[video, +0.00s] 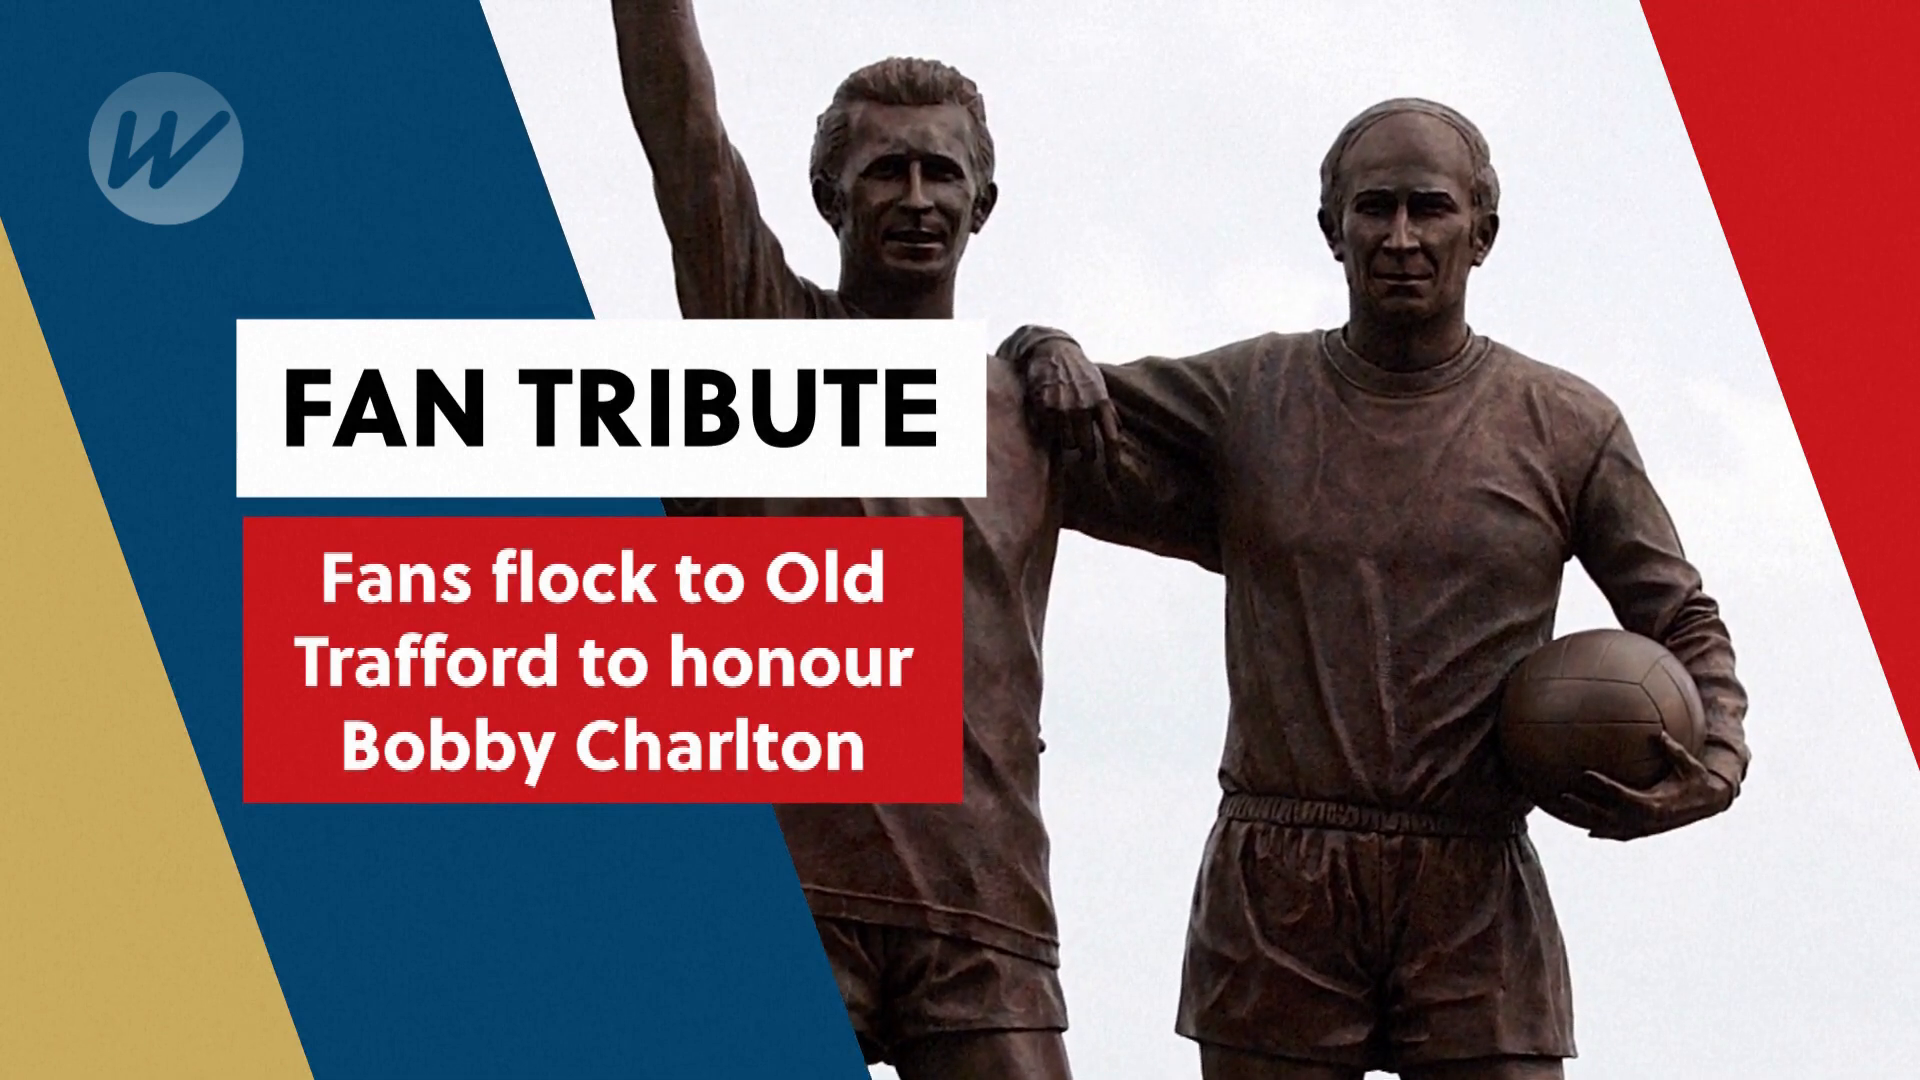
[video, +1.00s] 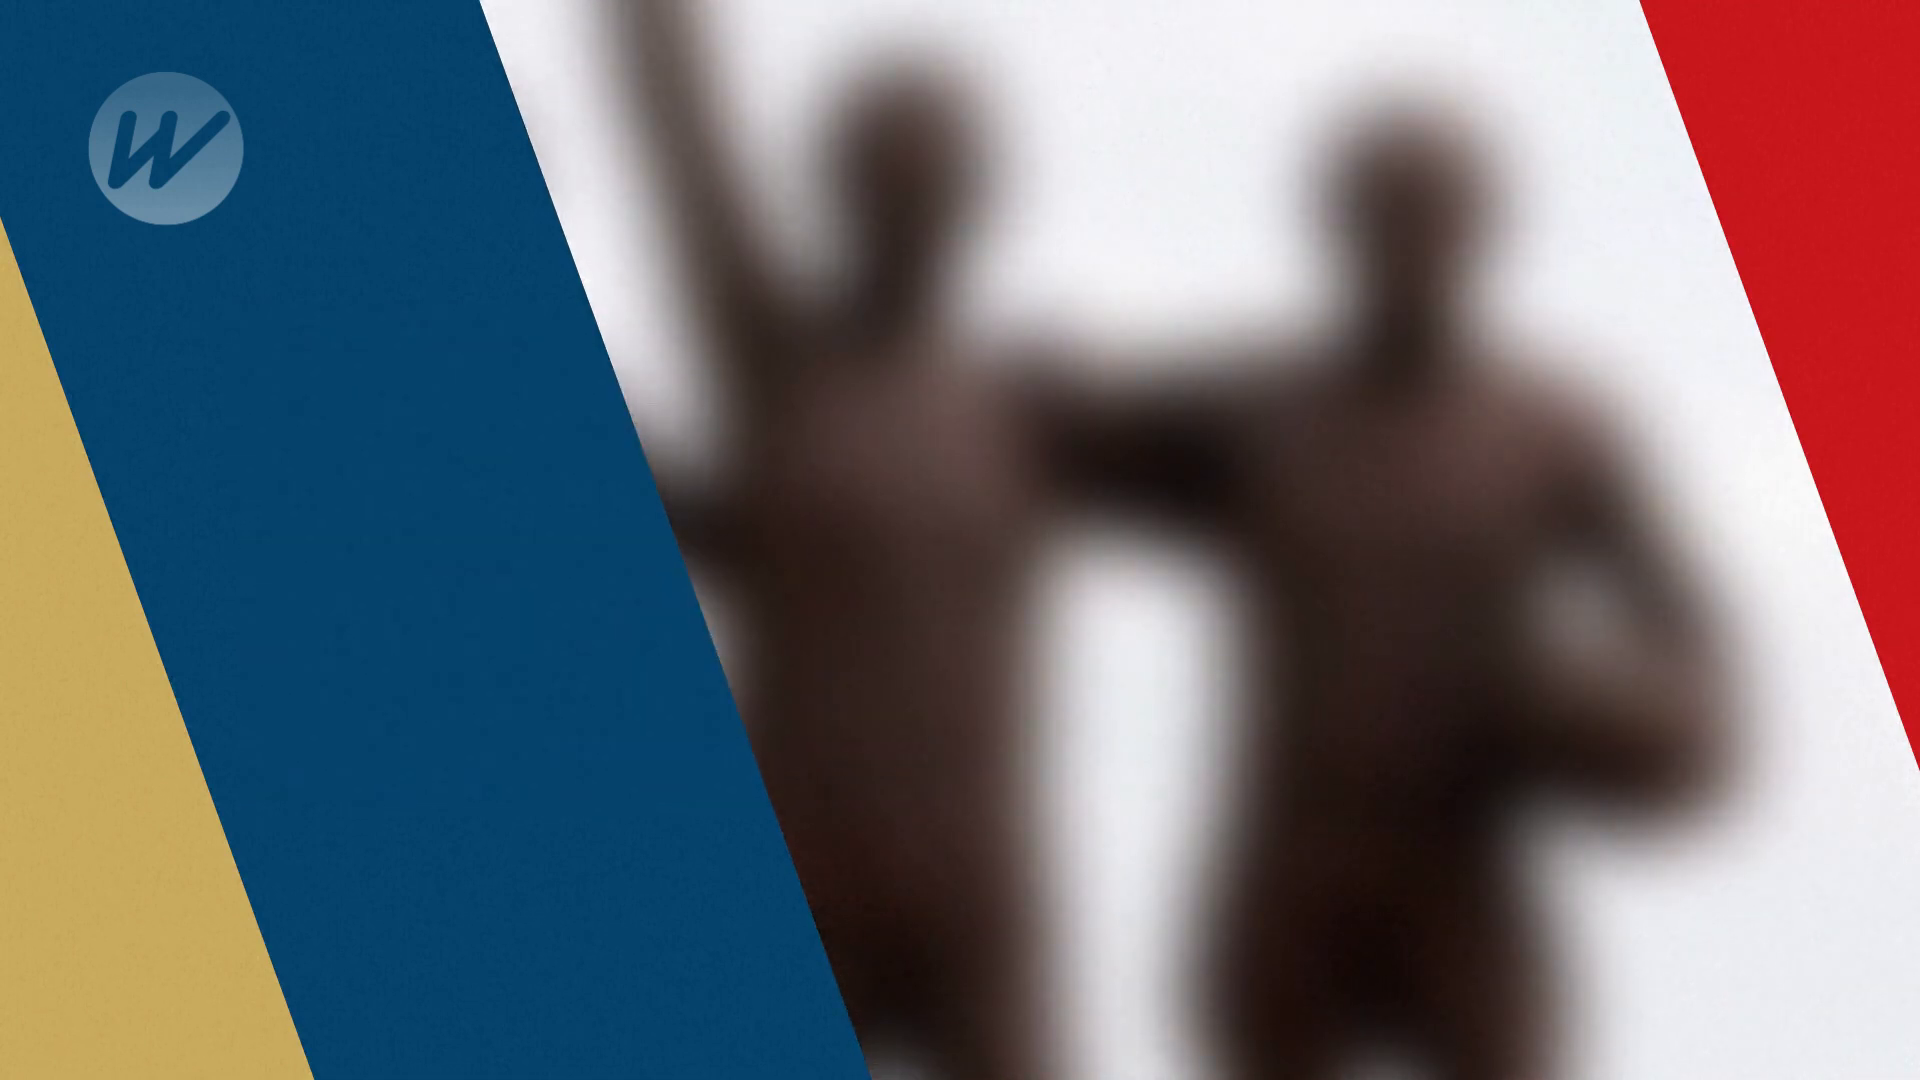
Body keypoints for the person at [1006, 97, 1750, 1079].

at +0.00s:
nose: (1400, 235)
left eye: (1430, 206)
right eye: (1372, 208)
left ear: (1484, 229)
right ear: (1332, 229)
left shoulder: (1566, 422)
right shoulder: (1248, 390)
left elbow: (1678, 616)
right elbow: (1076, 446)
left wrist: (1719, 753)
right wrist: (1042, 356)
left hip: (1473, 895)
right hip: (1272, 891)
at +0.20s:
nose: (1400, 236)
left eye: (1431, 207)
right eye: (1373, 208)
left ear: (1485, 230)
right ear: (1333, 228)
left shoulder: (1567, 423)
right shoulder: (1249, 391)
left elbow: (1680, 618)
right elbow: (1077, 450)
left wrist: (1720, 754)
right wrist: (1041, 355)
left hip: (1474, 896)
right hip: (1272, 892)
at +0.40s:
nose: (1401, 237)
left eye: (1429, 208)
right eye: (1372, 210)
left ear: (1486, 225)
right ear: (1330, 228)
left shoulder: (1563, 425)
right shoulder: (1252, 396)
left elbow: (1678, 616)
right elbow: (1082, 442)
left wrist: (1711, 746)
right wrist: (1047, 370)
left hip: (1468, 881)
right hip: (1276, 877)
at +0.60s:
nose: (1398, 241)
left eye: (1425, 207)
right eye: (1374, 207)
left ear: (1478, 224)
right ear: (1339, 221)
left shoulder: (1555, 431)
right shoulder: (1260, 412)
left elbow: (1689, 642)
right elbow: (1072, 442)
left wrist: (1642, 728)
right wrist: (1040, 385)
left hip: (1466, 893)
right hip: (1283, 890)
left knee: (1498, 1057)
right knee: (1272, 1055)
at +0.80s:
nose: (1407, 247)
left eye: (1431, 213)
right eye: (1384, 213)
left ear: (1475, 226)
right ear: (1345, 224)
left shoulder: (1549, 436)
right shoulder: (1265, 420)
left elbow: (1692, 690)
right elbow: (1052, 434)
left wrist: (1582, 708)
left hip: (1467, 908)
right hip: (1287, 902)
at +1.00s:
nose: (1411, 252)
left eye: (1433, 218)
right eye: (1388, 218)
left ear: (1471, 230)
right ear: (1350, 228)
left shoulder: (1546, 442)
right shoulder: (1270, 429)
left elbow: (1685, 725)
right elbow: (1024, 427)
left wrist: (1531, 705)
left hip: (1467, 919)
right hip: (1293, 913)